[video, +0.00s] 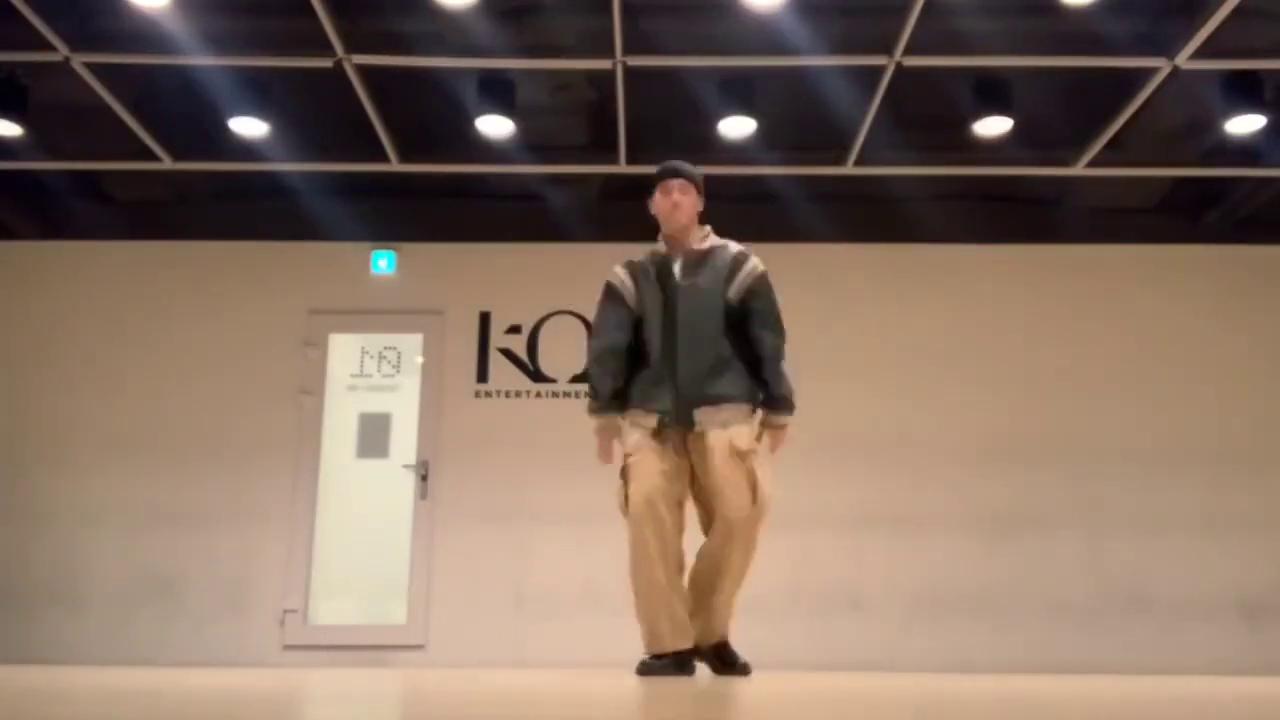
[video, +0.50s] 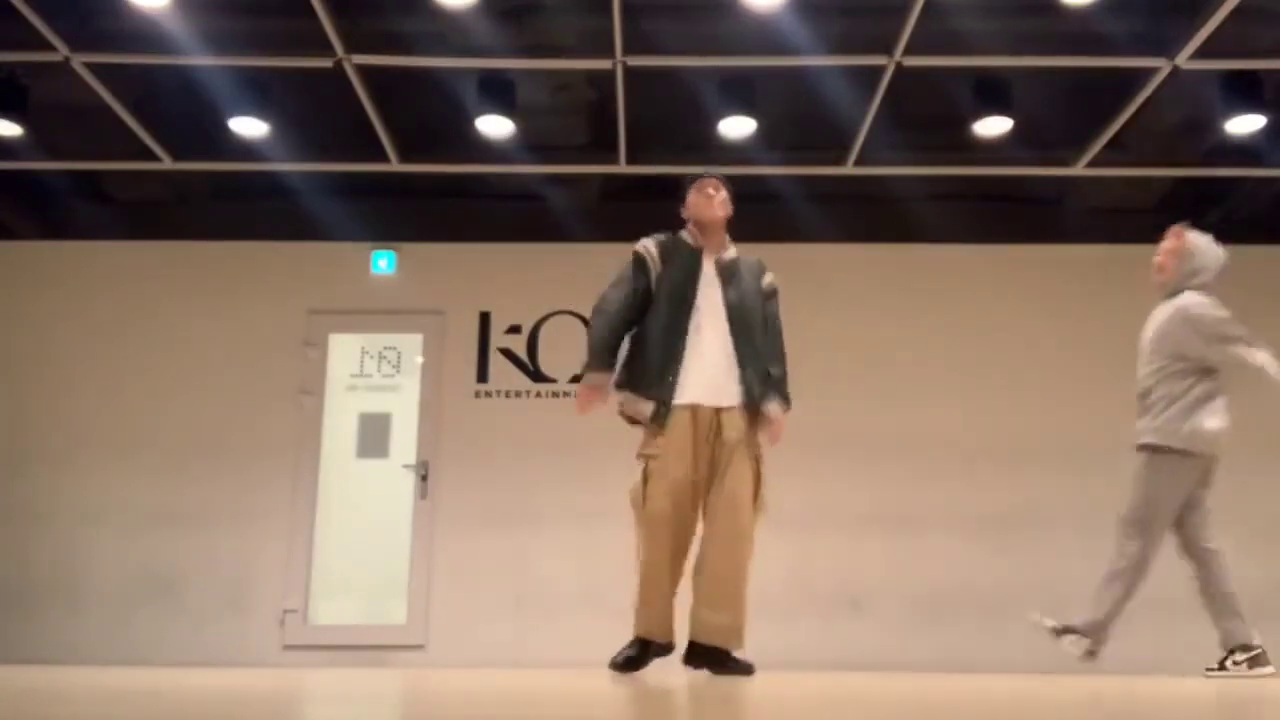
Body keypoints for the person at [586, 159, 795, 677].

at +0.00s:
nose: (673, 201)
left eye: (682, 192)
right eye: (665, 194)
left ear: (700, 202)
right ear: (652, 206)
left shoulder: (738, 265)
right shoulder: (631, 275)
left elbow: (766, 341)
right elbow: (608, 349)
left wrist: (778, 408)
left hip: (724, 418)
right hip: (650, 421)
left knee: (739, 519)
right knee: (648, 517)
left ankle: (709, 631)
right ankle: (667, 645)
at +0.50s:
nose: (715, 196)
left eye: (721, 192)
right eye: (704, 191)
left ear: (731, 212)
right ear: (684, 211)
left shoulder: (755, 273)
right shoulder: (658, 254)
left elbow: (771, 343)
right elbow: (613, 309)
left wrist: (774, 400)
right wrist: (598, 371)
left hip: (738, 415)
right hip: (672, 412)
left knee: (731, 530)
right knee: (661, 523)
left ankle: (711, 643)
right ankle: (652, 635)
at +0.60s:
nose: (679, 188)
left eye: (690, 182)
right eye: (673, 184)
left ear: (710, 199)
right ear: (664, 204)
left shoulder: (746, 253)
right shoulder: (641, 252)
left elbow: (765, 310)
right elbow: (625, 290)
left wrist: (744, 346)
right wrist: (628, 320)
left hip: (725, 405)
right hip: (662, 403)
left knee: (728, 519)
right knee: (660, 516)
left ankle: (715, 633)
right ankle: (664, 631)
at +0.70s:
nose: (666, 201)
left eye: (675, 196)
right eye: (658, 200)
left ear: (696, 212)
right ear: (650, 223)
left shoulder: (730, 253)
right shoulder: (644, 268)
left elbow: (767, 285)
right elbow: (625, 283)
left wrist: (719, 280)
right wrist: (662, 260)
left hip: (722, 409)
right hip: (660, 411)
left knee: (729, 520)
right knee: (657, 523)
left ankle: (724, 641)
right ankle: (668, 644)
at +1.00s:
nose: (685, 191)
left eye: (691, 186)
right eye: (675, 188)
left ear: (703, 203)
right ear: (657, 208)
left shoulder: (733, 249)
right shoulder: (632, 259)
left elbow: (756, 307)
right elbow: (617, 314)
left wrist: (720, 332)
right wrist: (653, 333)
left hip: (721, 404)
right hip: (658, 408)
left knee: (729, 518)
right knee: (660, 520)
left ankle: (727, 631)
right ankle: (667, 639)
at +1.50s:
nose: (700, 200)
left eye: (708, 193)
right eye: (692, 195)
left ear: (726, 203)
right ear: (683, 209)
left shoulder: (757, 245)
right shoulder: (663, 249)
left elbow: (790, 280)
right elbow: (612, 278)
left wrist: (742, 312)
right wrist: (655, 297)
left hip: (746, 407)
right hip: (681, 409)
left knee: (751, 517)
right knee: (670, 513)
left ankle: (748, 631)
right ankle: (672, 633)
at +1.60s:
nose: (713, 211)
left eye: (721, 204)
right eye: (703, 204)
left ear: (736, 217)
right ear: (686, 217)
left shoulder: (755, 264)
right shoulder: (668, 266)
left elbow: (792, 238)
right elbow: (617, 231)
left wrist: (747, 219)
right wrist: (653, 210)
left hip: (750, 403)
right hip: (689, 407)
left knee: (765, 503)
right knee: (680, 503)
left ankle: (757, 624)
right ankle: (702, 626)